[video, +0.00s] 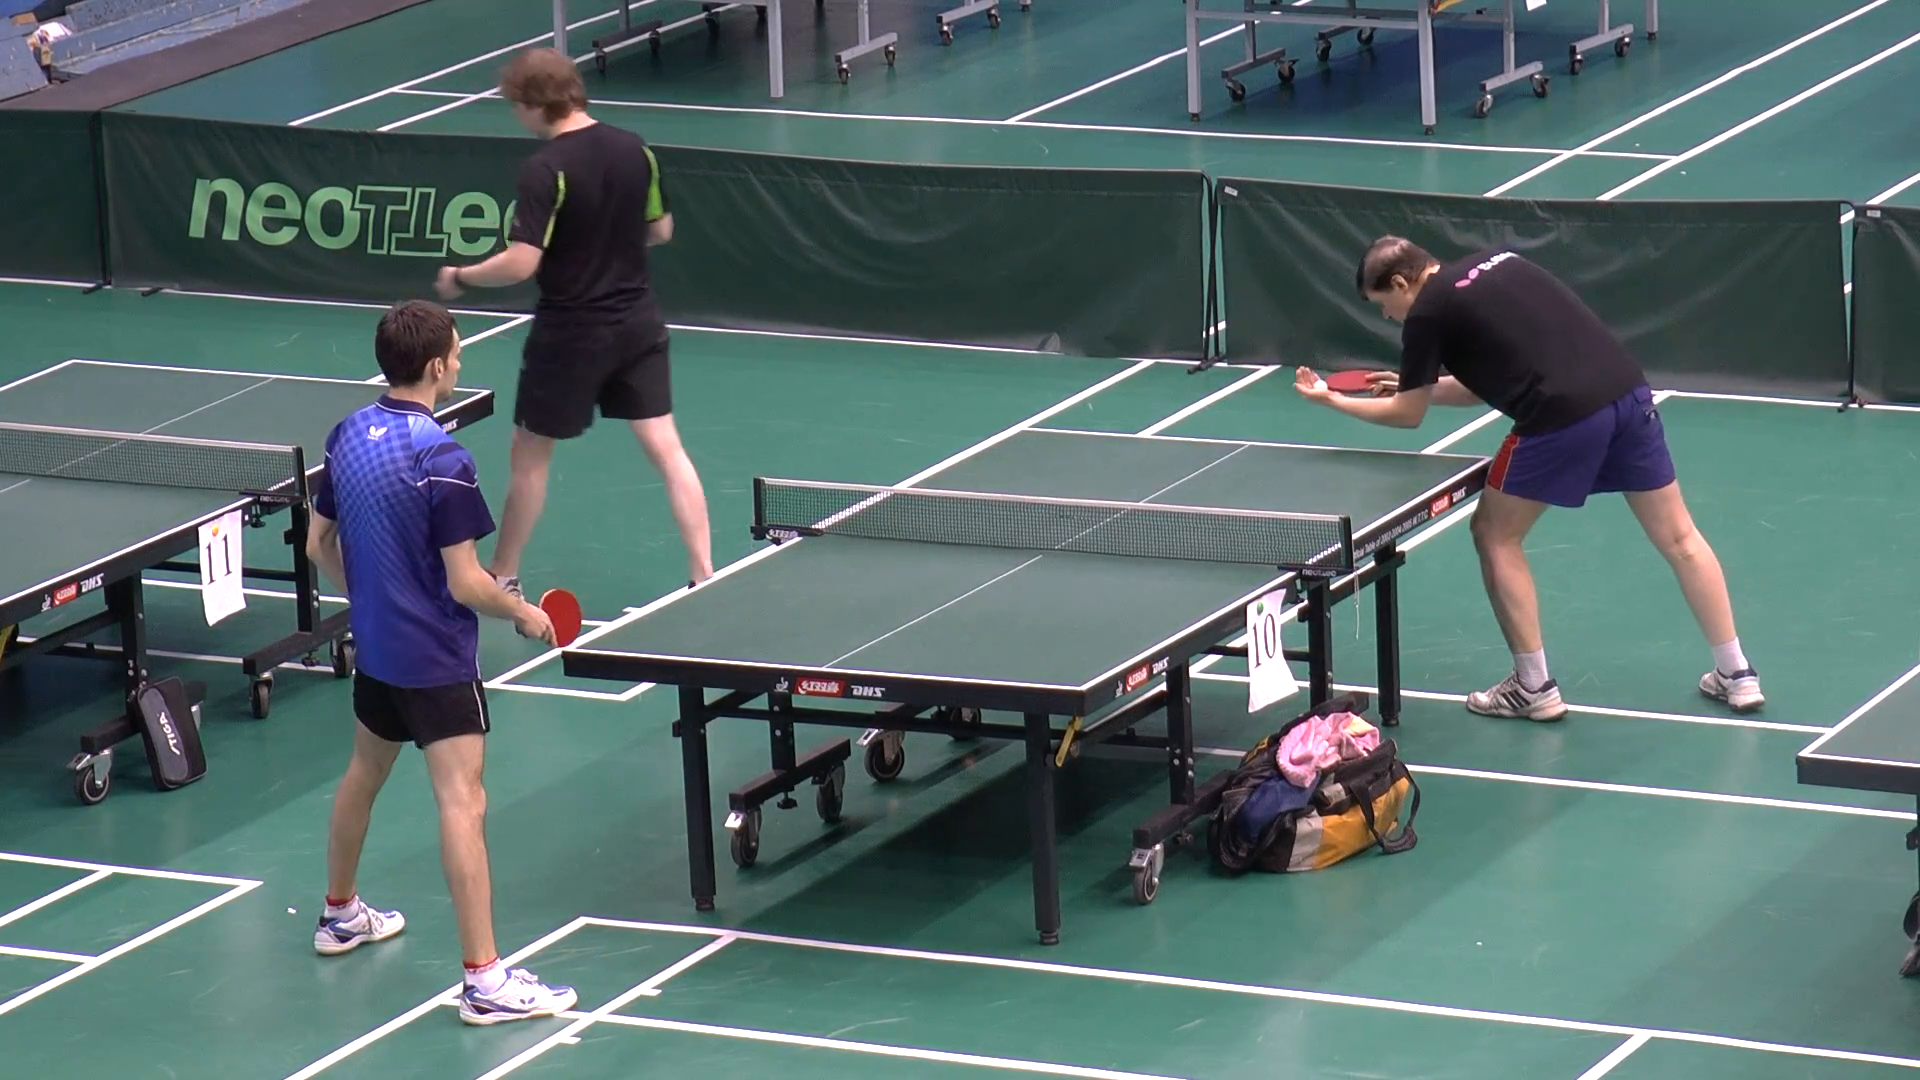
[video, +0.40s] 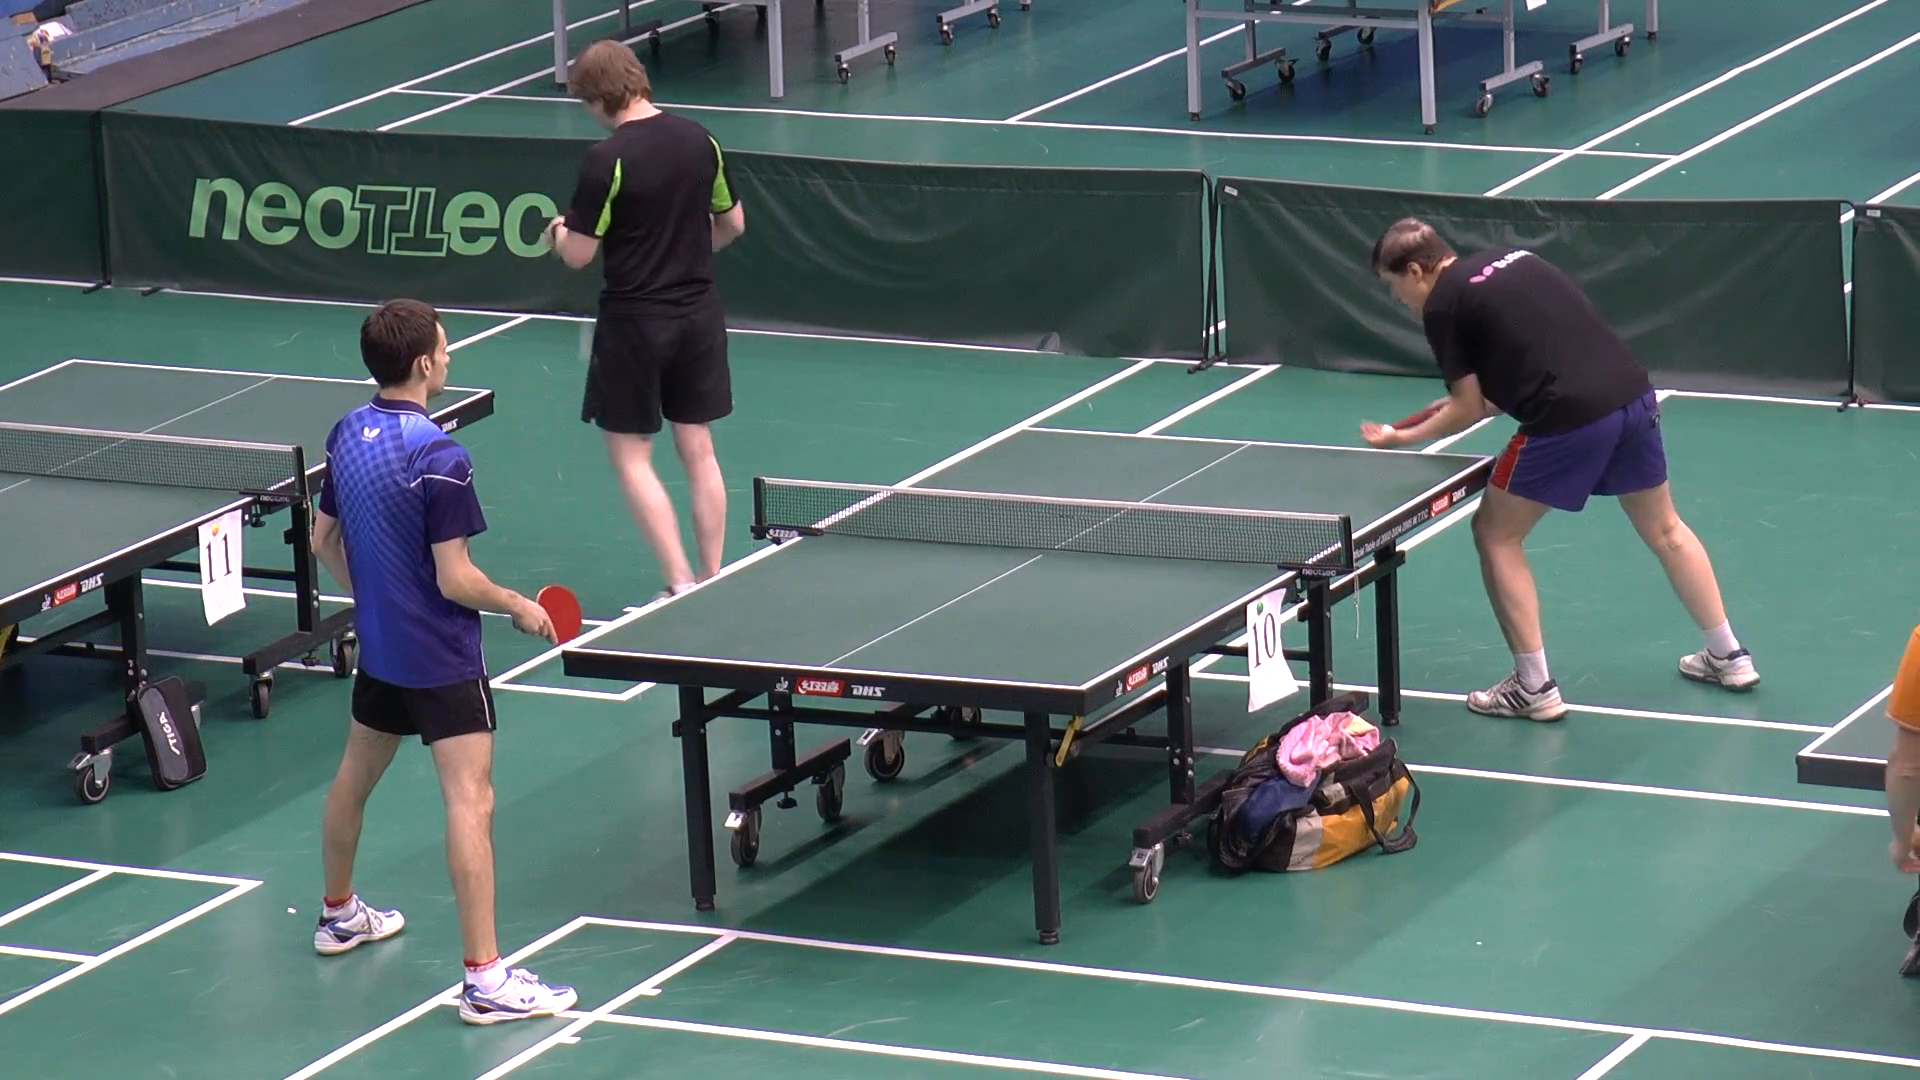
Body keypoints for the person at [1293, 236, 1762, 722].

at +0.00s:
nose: (1392, 319)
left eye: (1385, 307)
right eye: (1383, 311)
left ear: (1401, 283)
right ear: (1423, 263)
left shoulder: (1429, 312)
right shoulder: (1497, 262)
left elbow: (1406, 416)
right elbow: (1484, 384)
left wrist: (1331, 400)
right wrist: (1393, 386)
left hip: (1561, 416)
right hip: (1630, 394)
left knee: (1496, 535)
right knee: (1681, 536)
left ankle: (1534, 685)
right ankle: (1738, 674)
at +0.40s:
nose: (1401, 298)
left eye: (1395, 286)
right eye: (1392, 289)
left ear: (1416, 268)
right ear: (1440, 253)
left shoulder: (1443, 305)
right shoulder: (1512, 260)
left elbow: (1468, 409)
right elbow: (1514, 378)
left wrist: (1401, 438)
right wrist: (1448, 406)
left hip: (1567, 419)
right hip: (1632, 396)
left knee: (1497, 535)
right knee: (1666, 528)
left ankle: (1533, 684)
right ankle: (1728, 653)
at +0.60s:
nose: (1431, 251)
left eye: (1433, 239)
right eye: (1429, 240)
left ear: (1460, 233)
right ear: (1482, 225)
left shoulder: (1482, 281)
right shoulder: (1551, 243)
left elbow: (1473, 386)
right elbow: (1557, 345)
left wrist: (1415, 424)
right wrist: (1486, 387)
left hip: (1585, 419)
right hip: (1649, 401)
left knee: (1501, 530)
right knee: (1659, 529)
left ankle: (1533, 684)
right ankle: (1731, 656)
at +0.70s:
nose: (1452, 222)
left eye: (1456, 211)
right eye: (1451, 211)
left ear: (1487, 209)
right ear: (1511, 203)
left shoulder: (1500, 262)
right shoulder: (1571, 229)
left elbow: (1447, 337)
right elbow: (1526, 331)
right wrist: (1440, 324)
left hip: (1589, 416)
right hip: (1652, 402)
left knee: (1506, 530)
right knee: (1659, 527)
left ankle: (1534, 684)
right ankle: (1733, 656)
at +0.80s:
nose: (1470, 189)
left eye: (1475, 179)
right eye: (1472, 178)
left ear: (1501, 185)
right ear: (1531, 184)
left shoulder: (1508, 233)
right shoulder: (1581, 219)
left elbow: (1418, 269)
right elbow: (1507, 300)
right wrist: (1446, 241)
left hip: (1591, 411)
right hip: (1654, 400)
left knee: (1511, 526)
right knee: (1660, 524)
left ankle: (1534, 684)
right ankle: (1731, 655)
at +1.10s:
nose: (1522, 137)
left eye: (1531, 132)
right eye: (1528, 129)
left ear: (1550, 154)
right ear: (1574, 158)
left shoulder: (1542, 218)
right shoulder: (1608, 205)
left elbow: (1458, 286)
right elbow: (1550, 292)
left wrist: (1391, 236)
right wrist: (1485, 257)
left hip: (1591, 404)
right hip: (1652, 395)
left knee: (1514, 523)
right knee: (1660, 524)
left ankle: (1534, 682)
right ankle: (1730, 655)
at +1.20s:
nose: (1532, 133)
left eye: (1541, 129)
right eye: (1538, 125)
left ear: (1558, 152)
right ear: (1587, 156)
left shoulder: (1548, 218)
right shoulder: (1621, 207)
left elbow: (1494, 305)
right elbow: (1624, 307)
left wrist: (1420, 288)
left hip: (1591, 403)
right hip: (1654, 394)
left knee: (1516, 523)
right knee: (1661, 523)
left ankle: (1534, 681)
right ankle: (1730, 654)